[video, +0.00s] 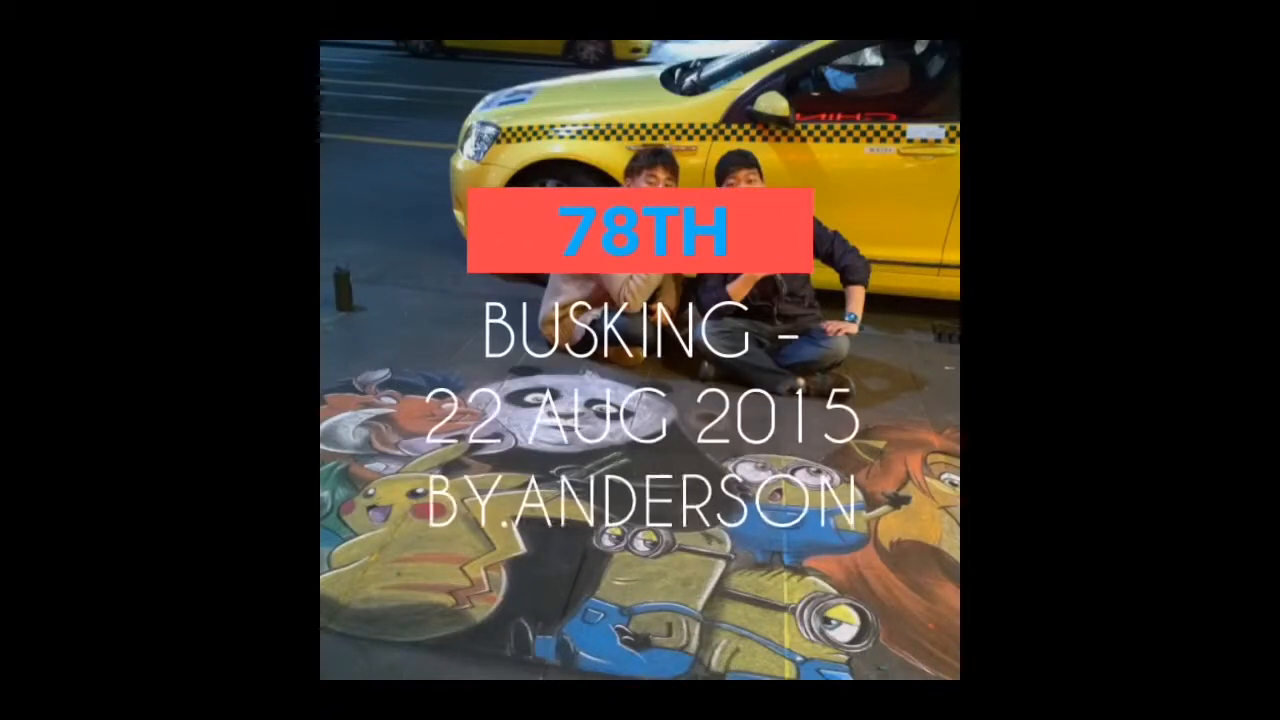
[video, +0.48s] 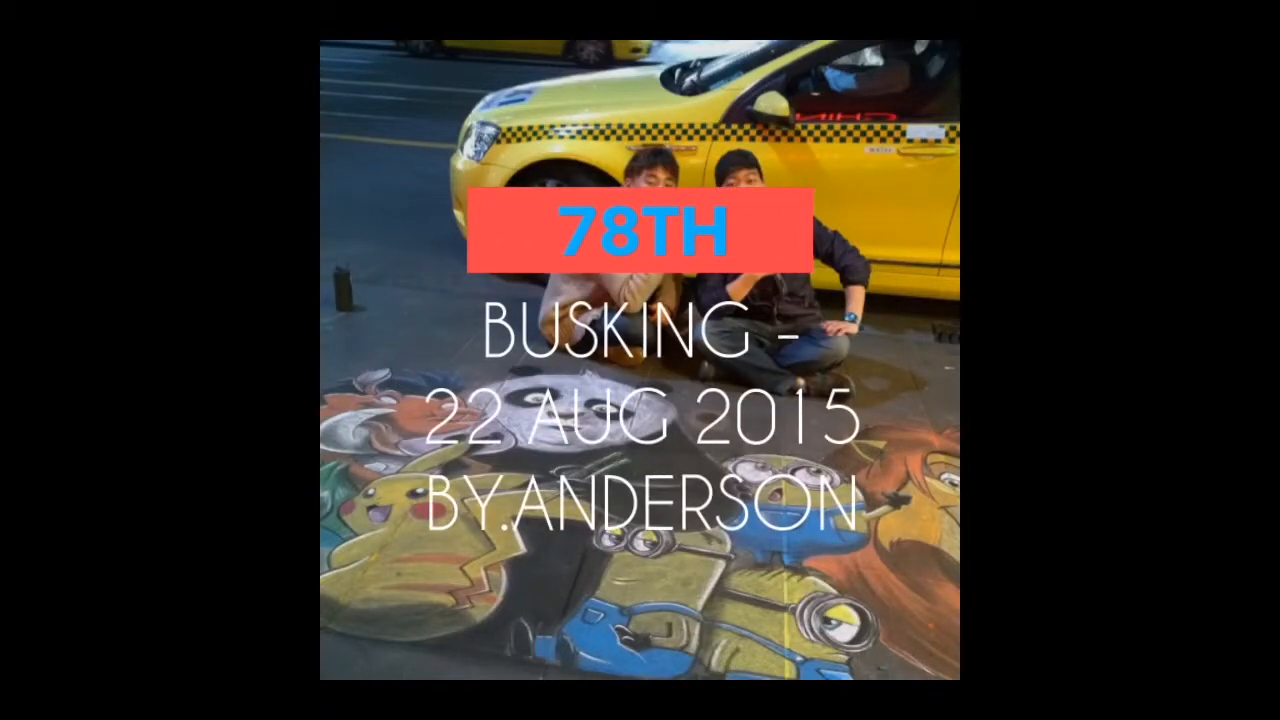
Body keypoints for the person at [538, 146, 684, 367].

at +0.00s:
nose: (659, 191)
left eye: (668, 184)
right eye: (651, 181)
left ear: (674, 190)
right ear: (629, 182)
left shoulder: (655, 224)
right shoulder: (605, 221)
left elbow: (668, 279)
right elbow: (629, 300)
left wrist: (665, 305)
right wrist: (664, 247)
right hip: (565, 319)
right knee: (637, 327)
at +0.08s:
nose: (659, 191)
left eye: (668, 184)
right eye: (651, 181)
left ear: (674, 190)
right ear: (629, 182)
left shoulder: (655, 224)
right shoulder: (605, 221)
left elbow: (668, 279)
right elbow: (629, 300)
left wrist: (665, 305)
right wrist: (664, 247)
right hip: (565, 319)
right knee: (637, 327)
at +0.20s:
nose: (659, 191)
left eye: (668, 184)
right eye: (651, 181)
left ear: (675, 190)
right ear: (629, 182)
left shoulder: (655, 224)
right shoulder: (604, 221)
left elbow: (668, 279)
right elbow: (629, 300)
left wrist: (665, 305)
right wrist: (664, 247)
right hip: (565, 319)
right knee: (637, 327)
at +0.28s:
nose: (659, 191)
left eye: (668, 184)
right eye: (651, 181)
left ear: (675, 190)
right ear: (629, 182)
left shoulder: (654, 224)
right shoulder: (604, 222)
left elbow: (668, 278)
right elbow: (629, 300)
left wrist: (665, 305)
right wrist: (664, 247)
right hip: (566, 319)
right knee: (639, 327)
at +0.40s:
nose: (659, 191)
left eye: (668, 184)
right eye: (651, 181)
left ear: (675, 190)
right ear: (629, 182)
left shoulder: (656, 224)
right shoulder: (604, 222)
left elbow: (669, 278)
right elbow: (629, 300)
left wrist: (665, 305)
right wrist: (664, 249)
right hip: (566, 319)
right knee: (639, 327)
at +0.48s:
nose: (659, 191)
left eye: (668, 184)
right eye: (651, 181)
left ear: (675, 190)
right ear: (629, 182)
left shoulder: (656, 224)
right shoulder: (604, 222)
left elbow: (669, 278)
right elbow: (629, 300)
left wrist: (665, 305)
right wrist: (664, 249)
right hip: (566, 319)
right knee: (639, 327)